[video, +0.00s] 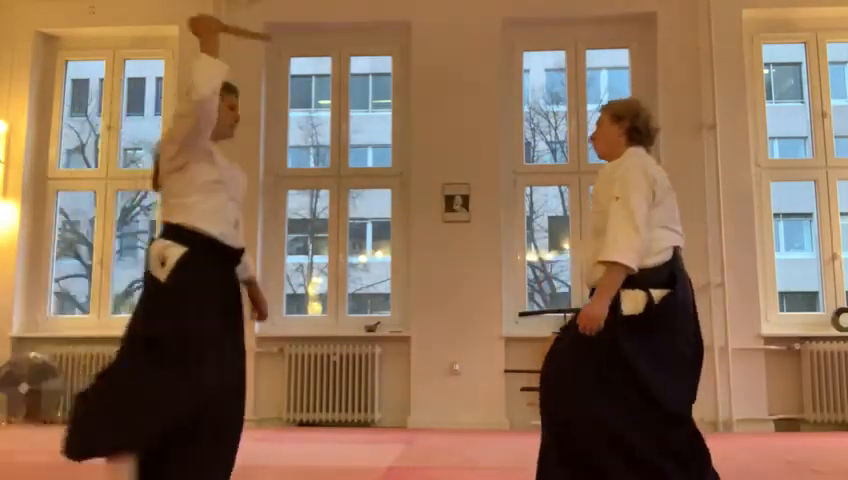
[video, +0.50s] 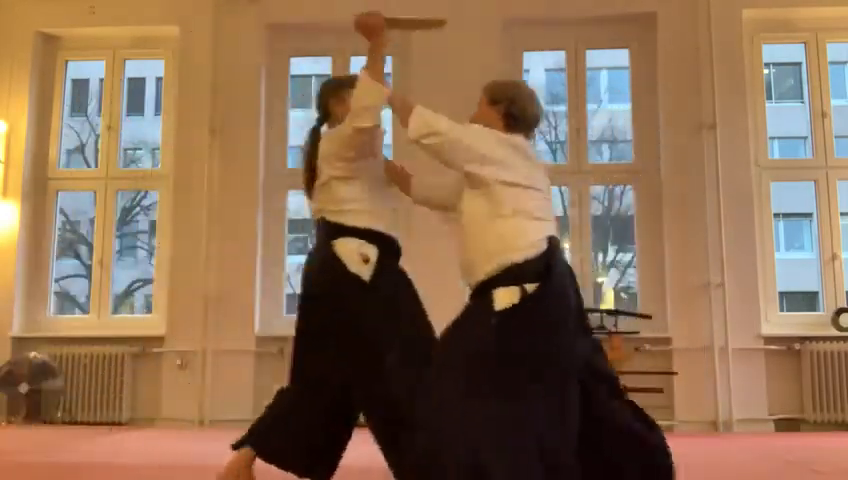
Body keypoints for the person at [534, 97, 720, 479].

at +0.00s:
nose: (592, 133)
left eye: (600, 125)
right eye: (595, 125)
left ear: (623, 130)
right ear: (626, 131)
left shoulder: (631, 165)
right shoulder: (640, 165)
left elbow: (628, 237)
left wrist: (600, 298)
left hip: (640, 293)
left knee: (564, 368)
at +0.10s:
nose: (585, 136)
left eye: (593, 127)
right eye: (588, 128)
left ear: (617, 132)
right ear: (620, 135)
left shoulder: (620, 170)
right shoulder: (637, 170)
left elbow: (604, 243)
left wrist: (549, 286)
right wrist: (591, 282)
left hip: (629, 301)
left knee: (552, 375)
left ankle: (547, 470)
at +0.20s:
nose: (573, 139)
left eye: (581, 131)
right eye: (576, 131)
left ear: (604, 135)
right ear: (607, 137)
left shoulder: (608, 175)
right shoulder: (627, 176)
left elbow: (570, 225)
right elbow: (620, 259)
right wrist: (560, 285)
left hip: (612, 313)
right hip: (640, 310)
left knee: (536, 378)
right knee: (637, 414)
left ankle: (508, 470)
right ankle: (689, 473)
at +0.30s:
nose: (551, 135)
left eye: (557, 127)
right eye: (554, 127)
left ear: (581, 132)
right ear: (587, 135)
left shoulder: (582, 174)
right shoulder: (608, 181)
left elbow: (519, 193)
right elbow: (563, 255)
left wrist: (465, 169)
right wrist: (496, 246)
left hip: (586, 322)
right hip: (619, 319)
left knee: (510, 389)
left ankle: (477, 469)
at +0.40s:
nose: (511, 124)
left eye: (519, 116)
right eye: (515, 116)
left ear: (542, 125)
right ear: (544, 128)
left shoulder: (547, 163)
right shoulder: (540, 183)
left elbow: (473, 154)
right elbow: (469, 220)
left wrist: (419, 116)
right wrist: (423, 187)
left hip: (554, 316)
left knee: (478, 394)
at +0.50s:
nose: (473, 115)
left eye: (480, 108)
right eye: (477, 108)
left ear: (501, 116)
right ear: (511, 118)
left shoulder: (508, 151)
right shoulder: (494, 169)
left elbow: (433, 131)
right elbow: (451, 197)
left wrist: (385, 91)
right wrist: (409, 185)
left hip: (521, 297)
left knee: (446, 386)